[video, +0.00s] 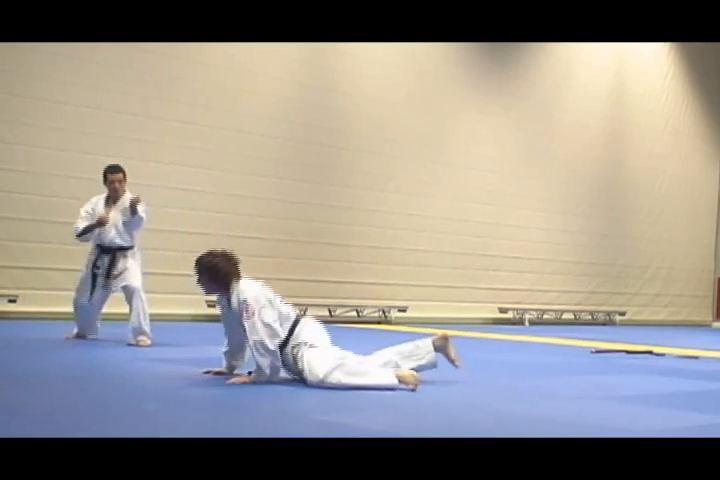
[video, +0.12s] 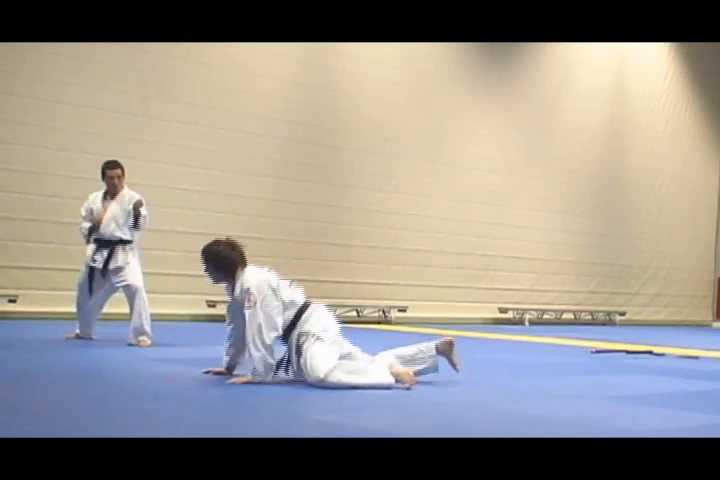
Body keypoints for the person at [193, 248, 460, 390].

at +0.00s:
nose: (198, 283)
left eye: (201, 278)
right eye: (198, 278)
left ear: (215, 278)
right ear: (220, 274)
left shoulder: (247, 295)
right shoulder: (227, 297)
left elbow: (262, 339)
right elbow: (234, 336)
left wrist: (258, 375)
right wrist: (230, 366)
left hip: (304, 336)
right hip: (294, 350)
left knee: (318, 375)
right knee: (363, 366)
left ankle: (393, 377)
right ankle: (433, 347)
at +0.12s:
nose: (207, 274)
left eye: (208, 269)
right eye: (206, 269)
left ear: (222, 266)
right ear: (229, 262)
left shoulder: (252, 281)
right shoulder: (241, 286)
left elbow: (262, 330)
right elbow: (237, 330)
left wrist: (257, 373)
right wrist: (229, 366)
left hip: (311, 322)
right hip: (308, 330)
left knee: (318, 372)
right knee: (368, 365)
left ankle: (388, 373)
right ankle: (437, 349)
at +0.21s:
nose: (212, 271)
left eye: (213, 265)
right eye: (210, 266)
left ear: (226, 263)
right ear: (235, 258)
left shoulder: (257, 278)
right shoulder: (247, 282)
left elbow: (262, 327)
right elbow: (240, 327)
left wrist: (256, 373)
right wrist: (230, 367)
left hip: (321, 314)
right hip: (318, 321)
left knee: (317, 371)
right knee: (372, 366)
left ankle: (386, 372)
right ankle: (440, 353)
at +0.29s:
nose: (217, 270)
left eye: (218, 265)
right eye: (216, 265)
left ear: (229, 265)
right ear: (241, 257)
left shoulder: (263, 277)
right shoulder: (254, 280)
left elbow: (265, 327)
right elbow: (245, 325)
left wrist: (257, 373)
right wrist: (232, 366)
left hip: (330, 309)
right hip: (333, 310)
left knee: (320, 371)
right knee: (373, 366)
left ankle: (386, 372)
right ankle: (440, 357)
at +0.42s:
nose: (231, 276)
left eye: (230, 272)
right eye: (229, 272)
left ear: (239, 270)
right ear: (252, 261)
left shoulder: (275, 278)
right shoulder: (265, 280)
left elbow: (273, 329)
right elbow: (250, 324)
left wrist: (260, 373)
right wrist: (233, 364)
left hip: (345, 302)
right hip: (350, 300)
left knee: (318, 370)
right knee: (374, 365)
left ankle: (387, 369)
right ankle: (440, 360)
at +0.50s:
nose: (239, 280)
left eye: (239, 275)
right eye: (238, 275)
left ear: (250, 273)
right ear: (262, 262)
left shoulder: (283, 281)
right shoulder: (277, 279)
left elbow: (279, 331)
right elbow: (256, 324)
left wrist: (263, 374)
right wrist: (234, 362)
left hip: (353, 301)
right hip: (364, 298)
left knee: (321, 369)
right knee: (374, 367)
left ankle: (386, 367)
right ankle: (439, 363)